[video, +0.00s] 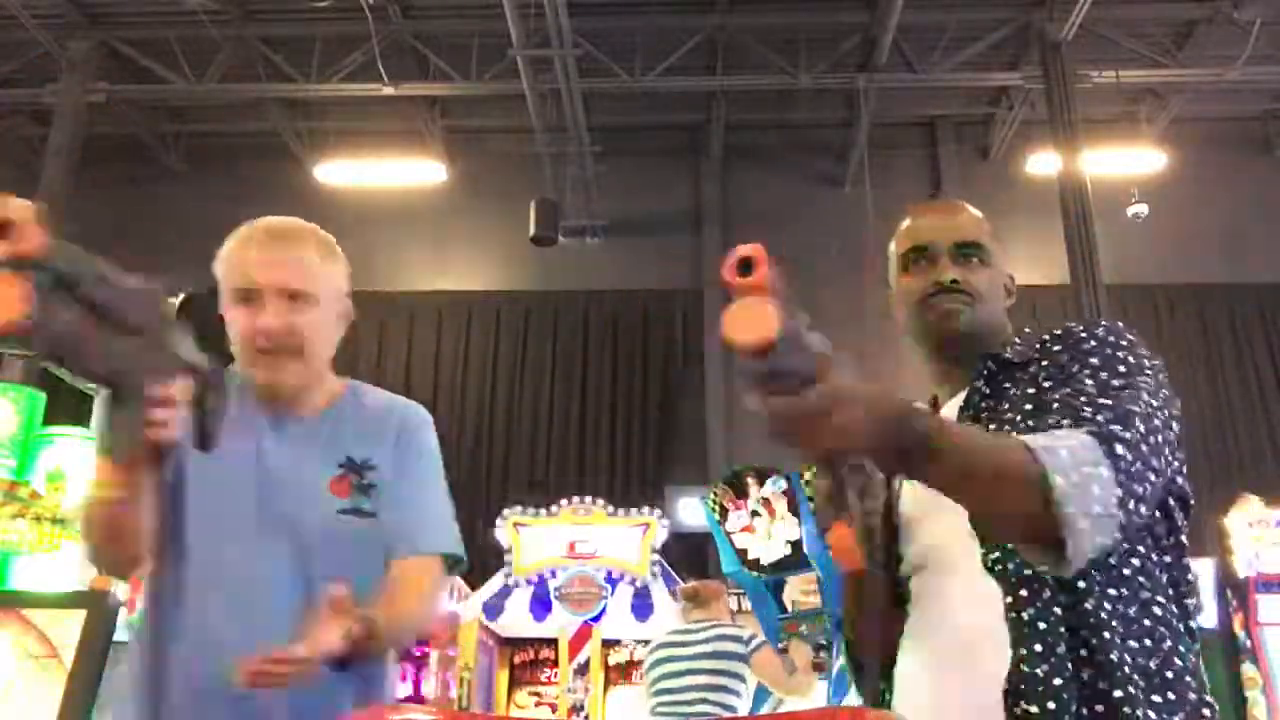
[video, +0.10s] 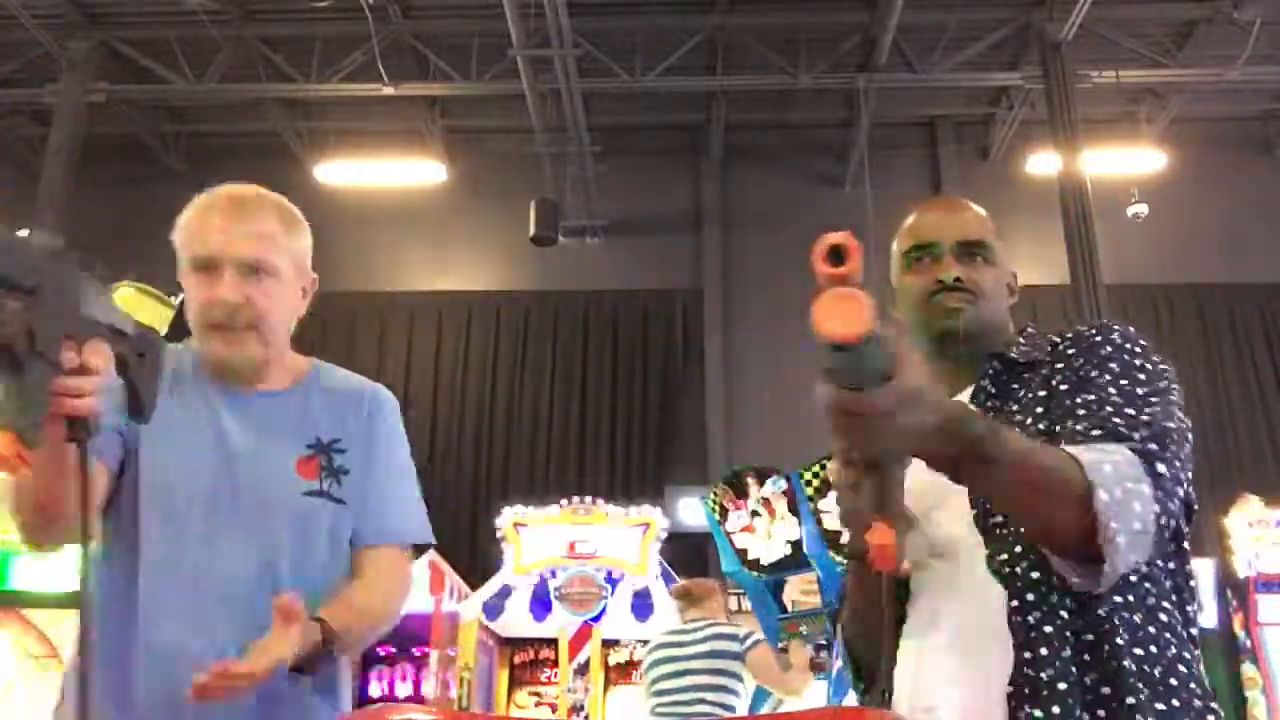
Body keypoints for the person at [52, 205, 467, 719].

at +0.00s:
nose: (270, 322)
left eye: (295, 299)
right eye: (248, 299)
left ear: (343, 314)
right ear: (222, 312)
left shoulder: (397, 429)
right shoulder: (178, 413)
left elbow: (417, 595)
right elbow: (116, 560)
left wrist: (353, 630)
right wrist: (134, 457)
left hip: (328, 708)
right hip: (172, 703)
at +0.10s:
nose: (227, 295)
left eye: (254, 271)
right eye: (206, 269)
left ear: (304, 290)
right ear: (181, 281)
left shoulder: (362, 411)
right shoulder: (134, 383)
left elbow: (385, 581)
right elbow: (50, 527)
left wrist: (310, 638)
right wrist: (60, 424)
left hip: (288, 711)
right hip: (129, 705)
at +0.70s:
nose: (333, 300)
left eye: (359, 282)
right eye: (311, 279)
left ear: (396, 308)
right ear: (280, 298)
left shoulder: (440, 416)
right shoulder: (235, 396)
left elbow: (470, 573)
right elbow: (178, 547)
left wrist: (365, 481)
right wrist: (198, 465)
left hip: (379, 704)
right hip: (228, 703)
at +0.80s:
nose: (329, 300)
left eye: (356, 282)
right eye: (308, 279)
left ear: (395, 310)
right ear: (280, 299)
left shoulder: (442, 414)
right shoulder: (223, 399)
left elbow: (465, 571)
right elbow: (177, 560)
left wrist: (339, 482)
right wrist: (207, 496)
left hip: (385, 706)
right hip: (229, 704)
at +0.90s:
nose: (299, 297)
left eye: (326, 277)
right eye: (278, 273)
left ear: (366, 305)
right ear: (244, 292)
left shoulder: (411, 407)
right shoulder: (181, 397)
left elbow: (429, 565)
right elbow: (145, 572)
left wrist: (289, 485)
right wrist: (186, 484)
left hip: (357, 706)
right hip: (198, 705)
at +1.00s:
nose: (260, 288)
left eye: (287, 269)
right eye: (241, 265)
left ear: (329, 296)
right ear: (210, 279)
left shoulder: (379, 401)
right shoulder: (139, 389)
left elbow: (402, 563)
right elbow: (116, 562)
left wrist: (270, 474)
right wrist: (164, 467)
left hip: (317, 707)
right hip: (153, 705)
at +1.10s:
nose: (271, 293)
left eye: (297, 274)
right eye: (250, 272)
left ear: (337, 303)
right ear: (217, 288)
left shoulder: (385, 409)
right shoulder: (150, 398)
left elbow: (404, 563)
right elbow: (132, 564)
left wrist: (270, 473)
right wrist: (170, 470)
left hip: (320, 706)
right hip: (155, 704)